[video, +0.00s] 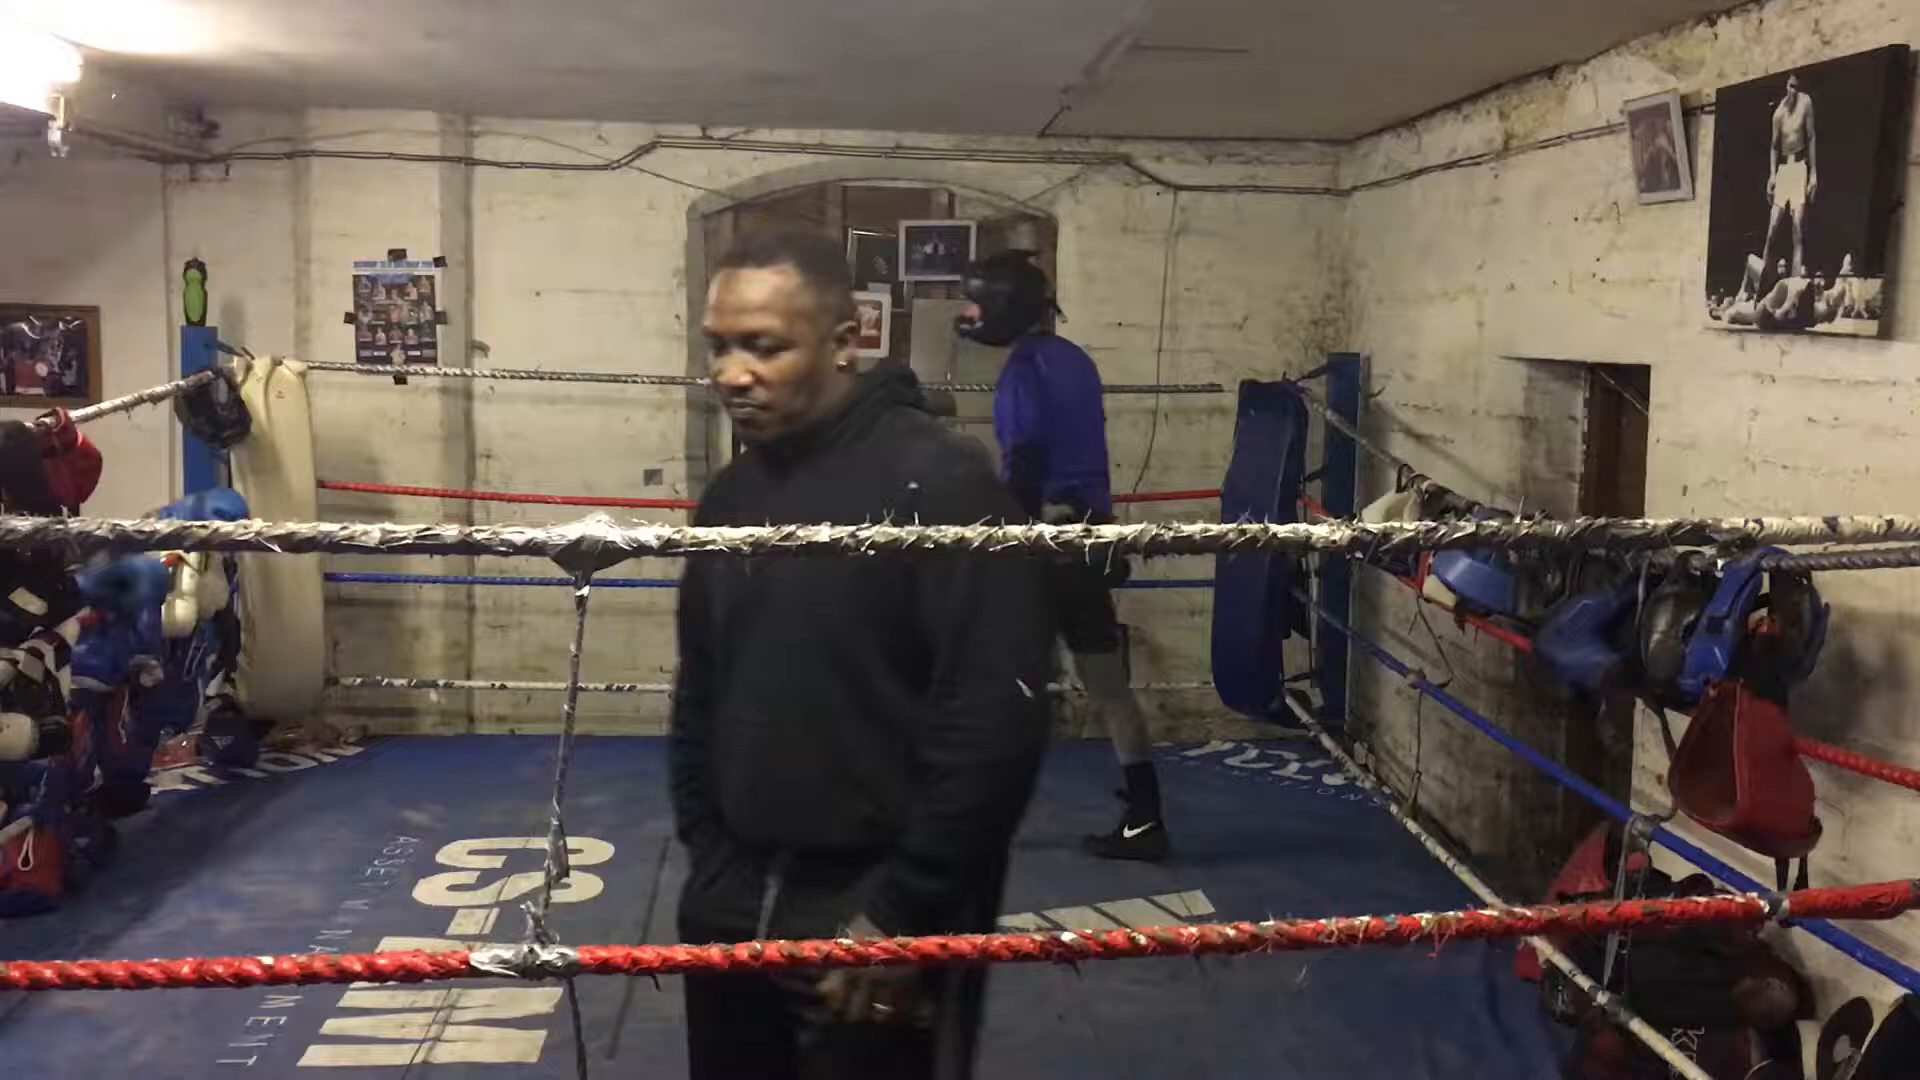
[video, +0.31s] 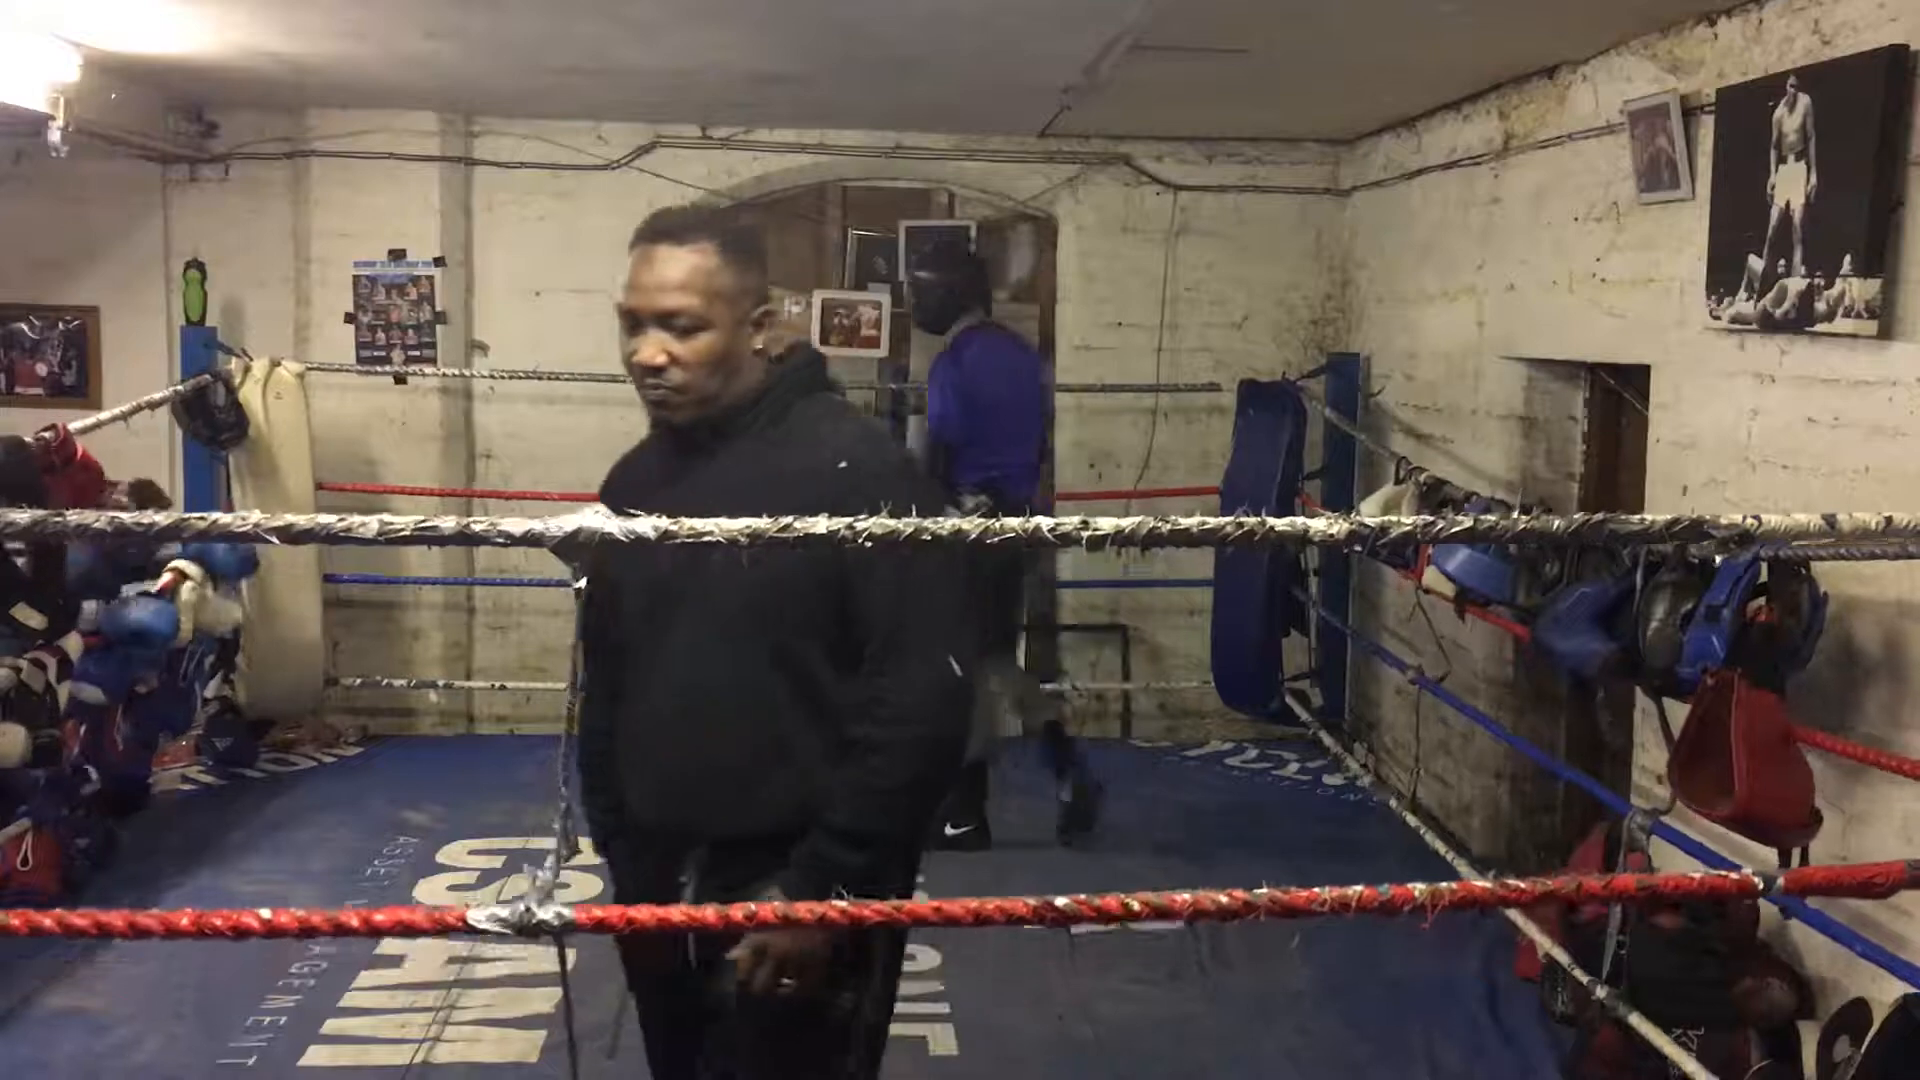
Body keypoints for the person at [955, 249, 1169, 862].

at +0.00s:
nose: (972, 311)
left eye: (983, 301)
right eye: (973, 299)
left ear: (1013, 308)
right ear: (1038, 306)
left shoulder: (1021, 368)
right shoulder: (1074, 359)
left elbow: (1025, 456)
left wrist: (1012, 533)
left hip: (1040, 537)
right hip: (1090, 534)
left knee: (1014, 686)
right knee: (1109, 685)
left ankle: (982, 819)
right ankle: (1143, 820)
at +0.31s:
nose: (913, 305)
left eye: (922, 292)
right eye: (913, 291)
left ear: (951, 296)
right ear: (978, 295)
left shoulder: (951, 365)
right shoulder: (1024, 354)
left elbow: (941, 447)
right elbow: (1041, 431)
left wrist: (924, 497)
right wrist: (1022, 486)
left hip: (968, 517)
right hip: (1021, 513)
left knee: (966, 662)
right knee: (1001, 658)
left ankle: (964, 811)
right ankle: (1069, 764)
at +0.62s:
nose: (872, 305)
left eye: (877, 295)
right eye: (873, 295)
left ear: (892, 299)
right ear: (940, 299)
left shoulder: (893, 357)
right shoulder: (977, 356)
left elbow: (867, 443)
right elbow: (992, 446)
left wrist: (837, 504)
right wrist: (983, 508)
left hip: (913, 519)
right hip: (969, 519)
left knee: (935, 670)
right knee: (914, 660)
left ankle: (964, 813)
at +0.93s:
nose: (841, 299)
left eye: (846, 290)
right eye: (845, 289)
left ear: (860, 293)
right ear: (903, 298)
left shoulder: (856, 352)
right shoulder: (929, 362)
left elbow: (839, 435)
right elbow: (936, 449)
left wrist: (819, 503)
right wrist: (933, 515)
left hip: (861, 516)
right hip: (912, 517)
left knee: (861, 659)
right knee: (875, 655)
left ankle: (934, 783)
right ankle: (851, 790)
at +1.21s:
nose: (809, 299)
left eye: (814, 289)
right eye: (813, 290)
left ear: (825, 293)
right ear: (870, 296)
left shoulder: (825, 347)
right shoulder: (892, 352)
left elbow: (813, 425)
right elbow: (898, 422)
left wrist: (795, 488)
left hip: (829, 498)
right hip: (883, 501)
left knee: (820, 629)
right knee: (870, 631)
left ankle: (821, 763)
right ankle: (858, 771)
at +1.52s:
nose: (755, 291)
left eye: (759, 282)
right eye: (761, 282)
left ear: (766, 289)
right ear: (819, 290)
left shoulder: (750, 349)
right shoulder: (847, 347)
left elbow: (727, 427)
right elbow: (863, 424)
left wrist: (714, 492)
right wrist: (857, 481)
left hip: (765, 502)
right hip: (831, 501)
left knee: (753, 630)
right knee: (837, 636)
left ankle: (768, 766)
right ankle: (853, 774)